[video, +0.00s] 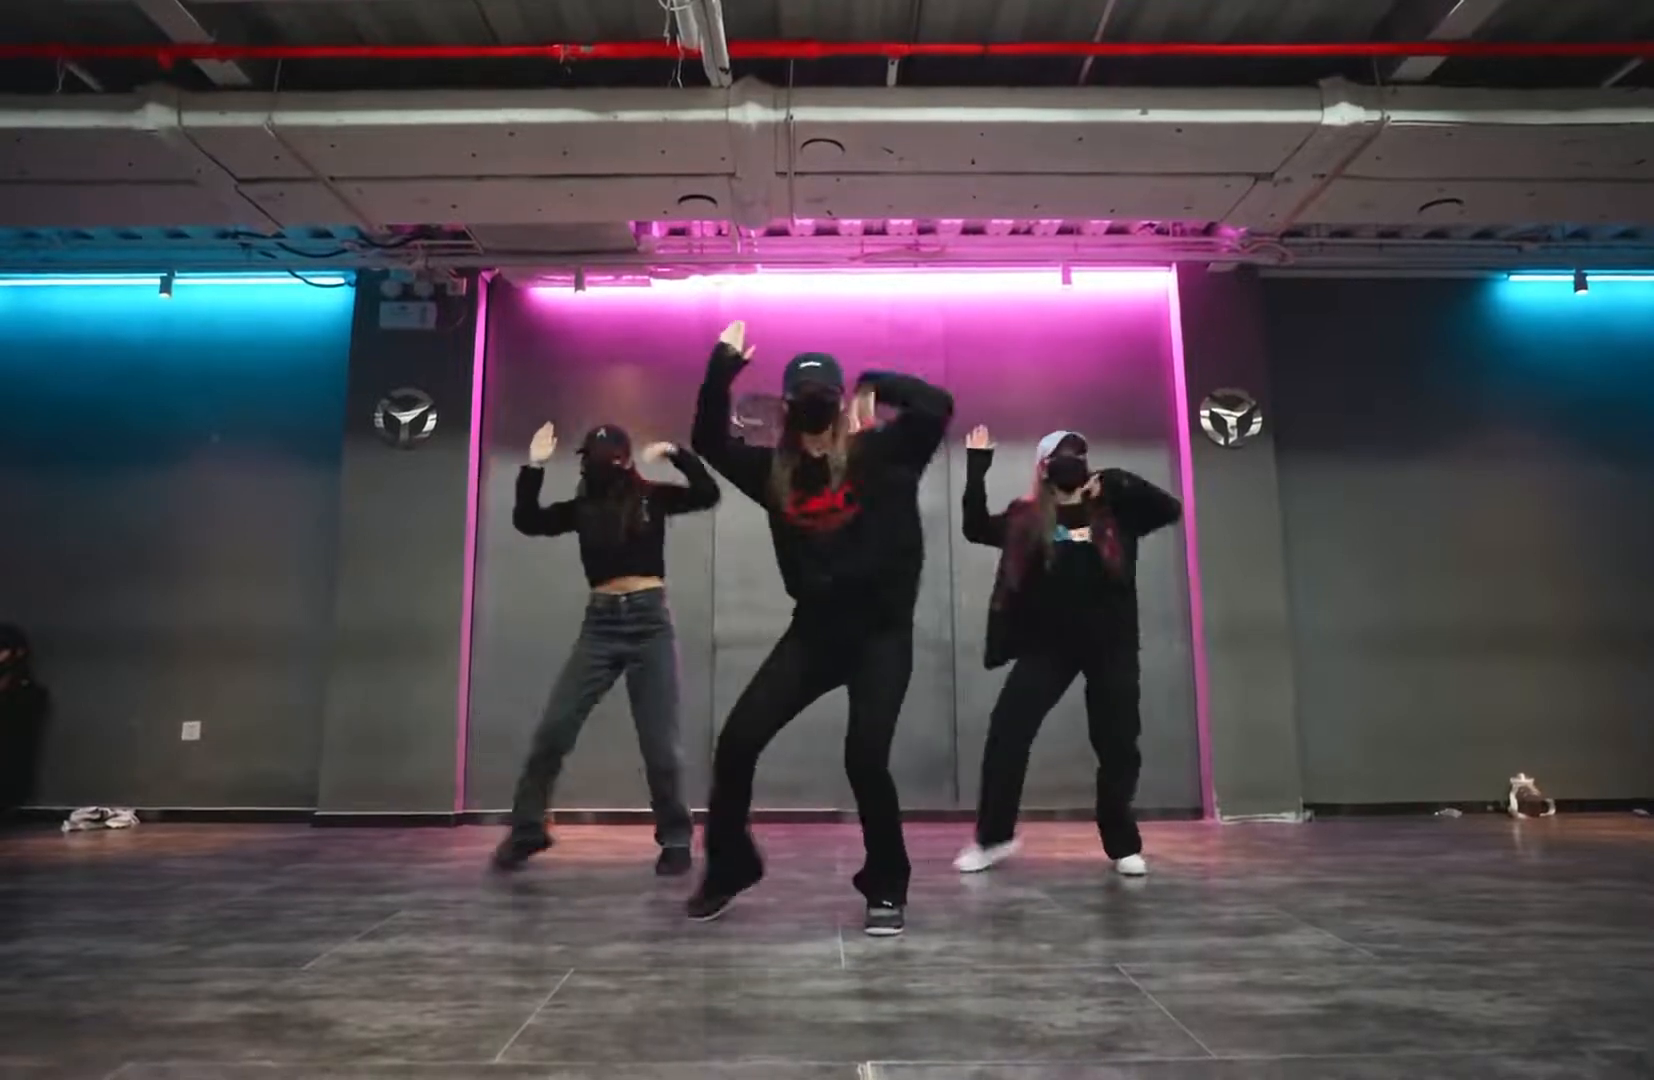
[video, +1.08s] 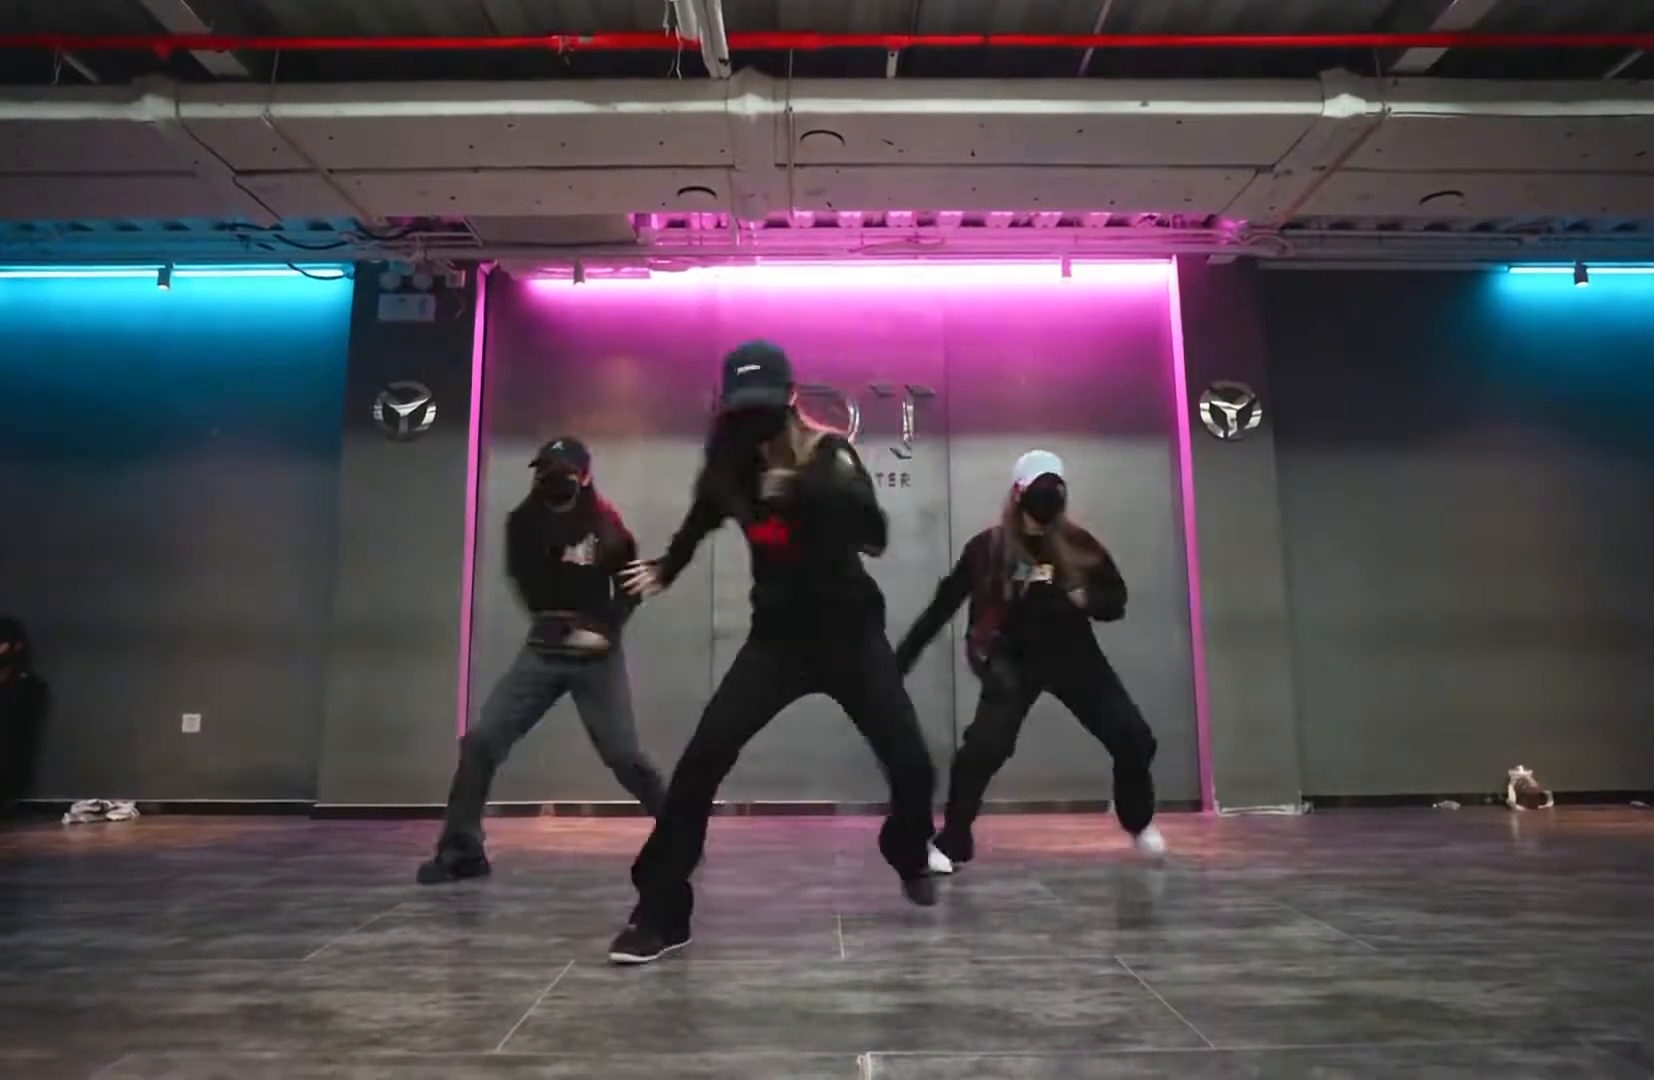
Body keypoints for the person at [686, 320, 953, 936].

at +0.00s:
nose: (817, 427)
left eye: (825, 413)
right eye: (805, 416)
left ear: (843, 409)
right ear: (786, 414)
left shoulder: (887, 455)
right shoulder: (774, 474)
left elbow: (938, 407)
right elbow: (712, 442)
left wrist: (875, 383)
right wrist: (723, 367)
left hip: (882, 636)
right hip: (814, 636)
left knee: (865, 760)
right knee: (737, 742)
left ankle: (887, 892)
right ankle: (730, 866)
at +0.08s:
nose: (826, 417)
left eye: (835, 405)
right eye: (814, 406)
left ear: (852, 405)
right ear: (797, 409)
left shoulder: (894, 465)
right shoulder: (780, 473)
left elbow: (951, 443)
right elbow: (715, 436)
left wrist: (915, 392)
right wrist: (734, 363)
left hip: (889, 635)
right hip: (819, 636)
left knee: (865, 759)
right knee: (760, 741)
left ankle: (887, 890)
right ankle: (781, 826)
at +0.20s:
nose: (831, 407)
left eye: (840, 397)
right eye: (820, 398)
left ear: (857, 403)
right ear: (803, 406)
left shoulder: (887, 471)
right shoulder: (783, 471)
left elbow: (914, 557)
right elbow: (720, 434)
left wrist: (937, 554)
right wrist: (745, 360)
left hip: (890, 640)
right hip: (821, 640)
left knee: (869, 764)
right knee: (799, 769)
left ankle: (886, 889)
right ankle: (818, 879)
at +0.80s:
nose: (842, 428)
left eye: (854, 415)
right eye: (831, 416)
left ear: (873, 411)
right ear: (814, 413)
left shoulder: (897, 475)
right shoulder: (786, 463)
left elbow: (927, 551)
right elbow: (725, 475)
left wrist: (902, 475)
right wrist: (743, 425)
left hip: (879, 641)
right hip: (812, 637)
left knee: (882, 770)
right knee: (749, 727)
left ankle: (901, 880)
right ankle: (781, 846)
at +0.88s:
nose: (824, 426)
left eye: (836, 414)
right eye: (814, 414)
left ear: (856, 410)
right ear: (801, 411)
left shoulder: (868, 472)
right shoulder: (792, 467)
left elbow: (885, 567)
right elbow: (762, 543)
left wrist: (886, 655)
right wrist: (730, 525)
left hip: (872, 643)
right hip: (806, 642)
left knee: (880, 774)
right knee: (727, 744)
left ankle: (902, 883)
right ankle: (696, 897)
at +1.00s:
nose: (764, 430)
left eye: (774, 416)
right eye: (754, 418)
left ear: (798, 406)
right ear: (742, 416)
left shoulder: (832, 454)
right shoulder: (761, 466)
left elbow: (836, 526)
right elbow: (742, 522)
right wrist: (699, 554)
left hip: (863, 637)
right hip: (796, 636)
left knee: (881, 768)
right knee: (718, 757)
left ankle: (903, 876)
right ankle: (665, 913)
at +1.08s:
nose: (753, 427)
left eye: (764, 413)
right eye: (741, 415)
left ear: (789, 402)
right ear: (725, 412)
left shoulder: (831, 457)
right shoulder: (727, 464)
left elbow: (875, 535)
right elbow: (703, 515)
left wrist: (808, 490)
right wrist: (669, 562)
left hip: (850, 639)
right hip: (777, 641)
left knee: (915, 767)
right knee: (702, 760)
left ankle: (909, 852)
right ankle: (661, 915)